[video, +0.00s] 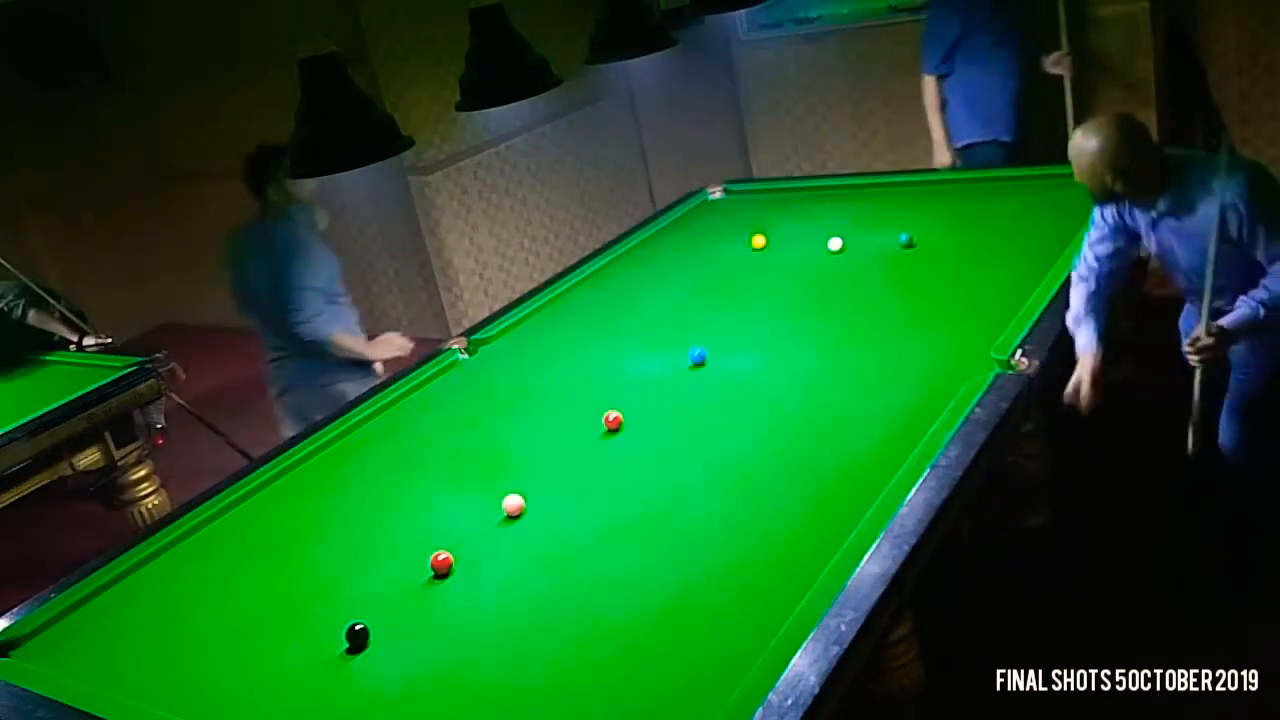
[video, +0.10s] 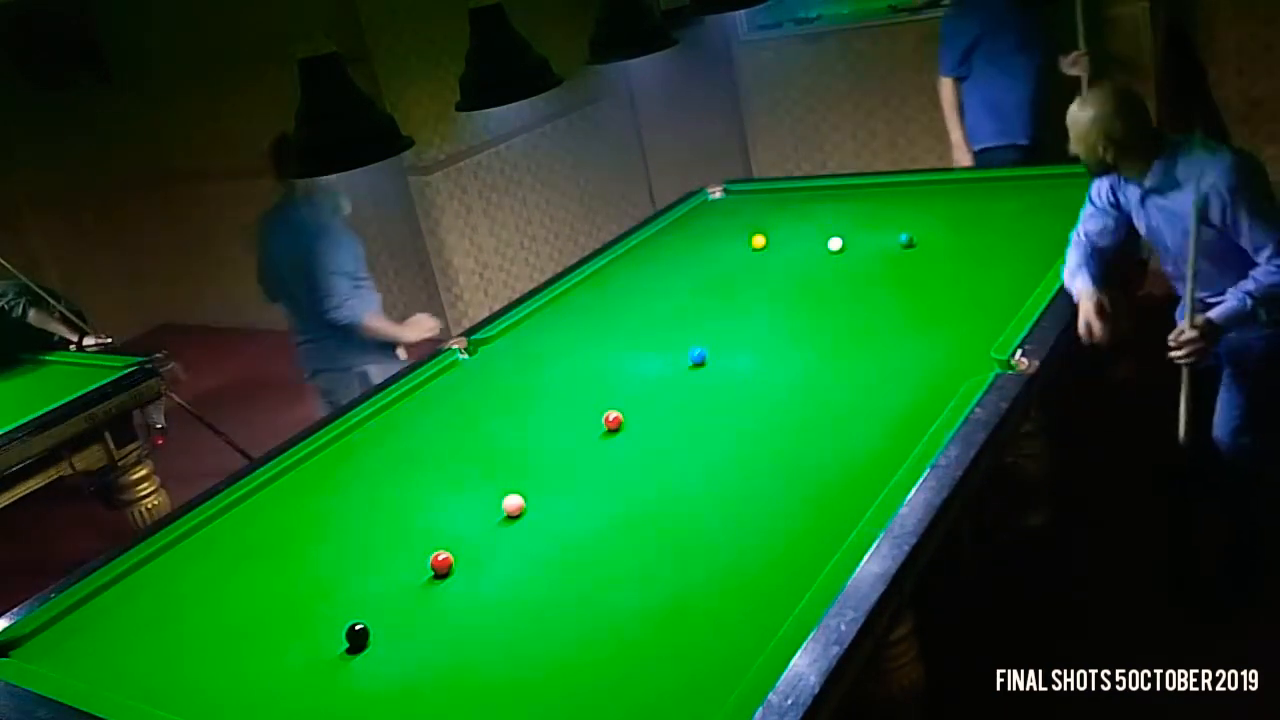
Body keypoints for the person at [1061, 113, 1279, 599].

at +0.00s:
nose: (1108, 198)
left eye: (1107, 189)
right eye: (1102, 192)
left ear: (1125, 174)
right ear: (1115, 176)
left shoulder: (1234, 189)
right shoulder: (1123, 202)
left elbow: (1279, 272)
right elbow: (1089, 274)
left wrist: (1228, 327)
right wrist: (1087, 350)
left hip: (1256, 322)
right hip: (1198, 317)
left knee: (1233, 441)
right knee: (1190, 430)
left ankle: (1243, 561)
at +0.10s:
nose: (1093, 161)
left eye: (1094, 152)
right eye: (1092, 153)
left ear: (1110, 147)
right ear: (1129, 135)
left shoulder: (1222, 175)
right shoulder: (1115, 184)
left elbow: (1275, 263)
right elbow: (1082, 248)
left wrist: (1216, 322)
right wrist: (1085, 289)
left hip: (1251, 335)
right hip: (1194, 330)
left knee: (1228, 442)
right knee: (1178, 440)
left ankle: (1242, 568)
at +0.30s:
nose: (1070, 113)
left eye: (1073, 102)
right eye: (1070, 103)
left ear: (1097, 104)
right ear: (1108, 101)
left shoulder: (1185, 158)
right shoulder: (1115, 157)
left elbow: (1246, 248)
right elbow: (1099, 191)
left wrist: (1184, 312)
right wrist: (1058, 211)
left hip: (1221, 309)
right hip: (1172, 305)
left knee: (1200, 434)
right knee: (1178, 428)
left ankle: (1215, 564)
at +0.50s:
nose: (1043, 88)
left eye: (1047, 76)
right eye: (1043, 77)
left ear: (1072, 79)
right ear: (1085, 77)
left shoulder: (1130, 129)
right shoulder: (1109, 126)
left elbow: (1185, 217)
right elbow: (1087, 174)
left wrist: (1144, 283)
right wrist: (1014, 182)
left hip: (1200, 293)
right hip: (1179, 290)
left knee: (1220, 416)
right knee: (1208, 413)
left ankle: (1231, 541)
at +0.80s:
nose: (997, 84)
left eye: (1002, 72)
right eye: (997, 73)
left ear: (1031, 68)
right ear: (1031, 68)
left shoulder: (1079, 109)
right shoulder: (1060, 111)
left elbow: (1121, 191)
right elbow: (1030, 166)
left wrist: (1110, 262)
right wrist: (962, 194)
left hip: (1174, 241)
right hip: (1152, 240)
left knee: (1191, 365)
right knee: (1173, 363)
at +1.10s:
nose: (947, 114)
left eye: (952, 104)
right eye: (947, 105)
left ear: (979, 99)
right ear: (977, 100)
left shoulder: (1036, 119)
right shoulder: (1000, 143)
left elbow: (1081, 183)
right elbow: (955, 189)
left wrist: (1086, 255)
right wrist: (891, 220)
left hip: (1149, 214)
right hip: (1119, 224)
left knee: (1188, 330)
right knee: (1164, 332)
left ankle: (1208, 444)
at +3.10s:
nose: (956, 96)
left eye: (959, 85)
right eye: (955, 86)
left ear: (984, 84)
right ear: (986, 83)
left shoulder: (1040, 111)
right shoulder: (1014, 126)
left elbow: (1083, 183)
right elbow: (1012, 180)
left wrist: (1087, 259)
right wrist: (958, 211)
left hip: (1140, 216)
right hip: (1110, 223)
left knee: (1186, 325)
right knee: (1161, 329)